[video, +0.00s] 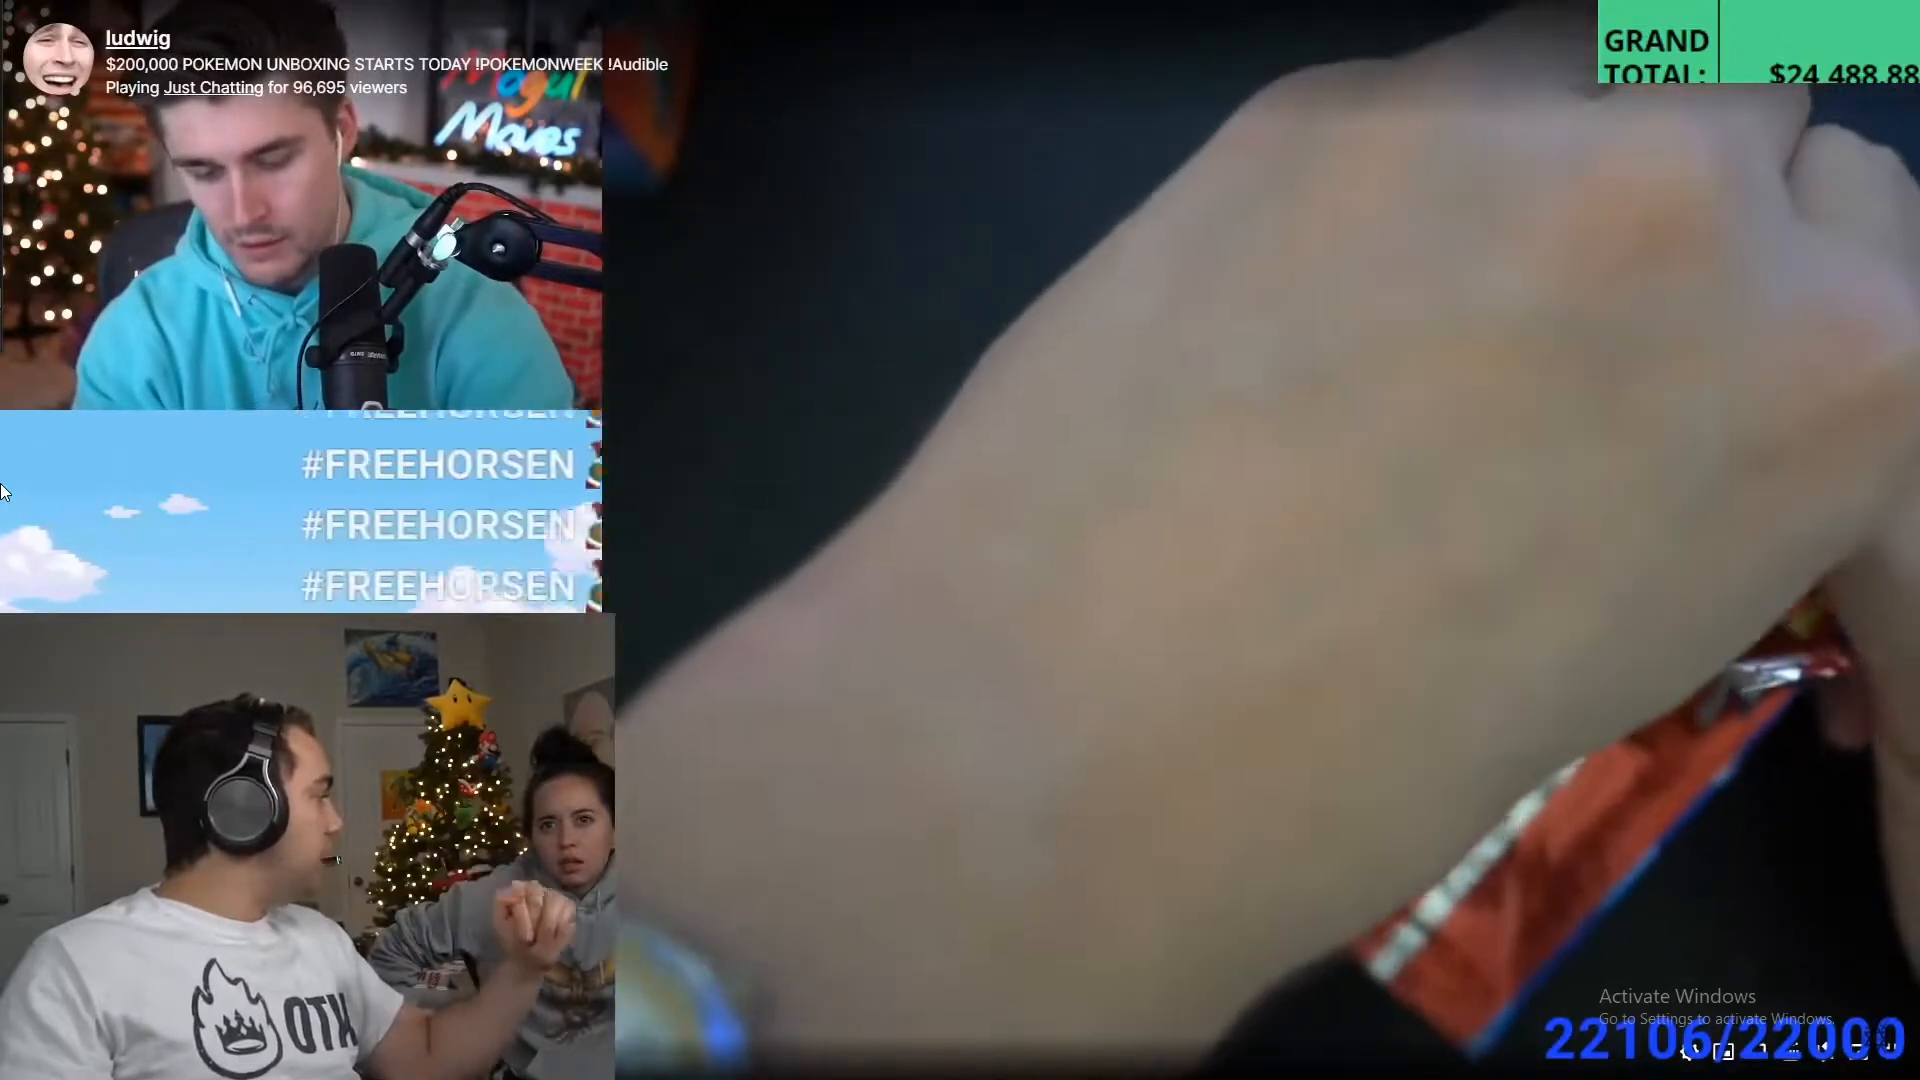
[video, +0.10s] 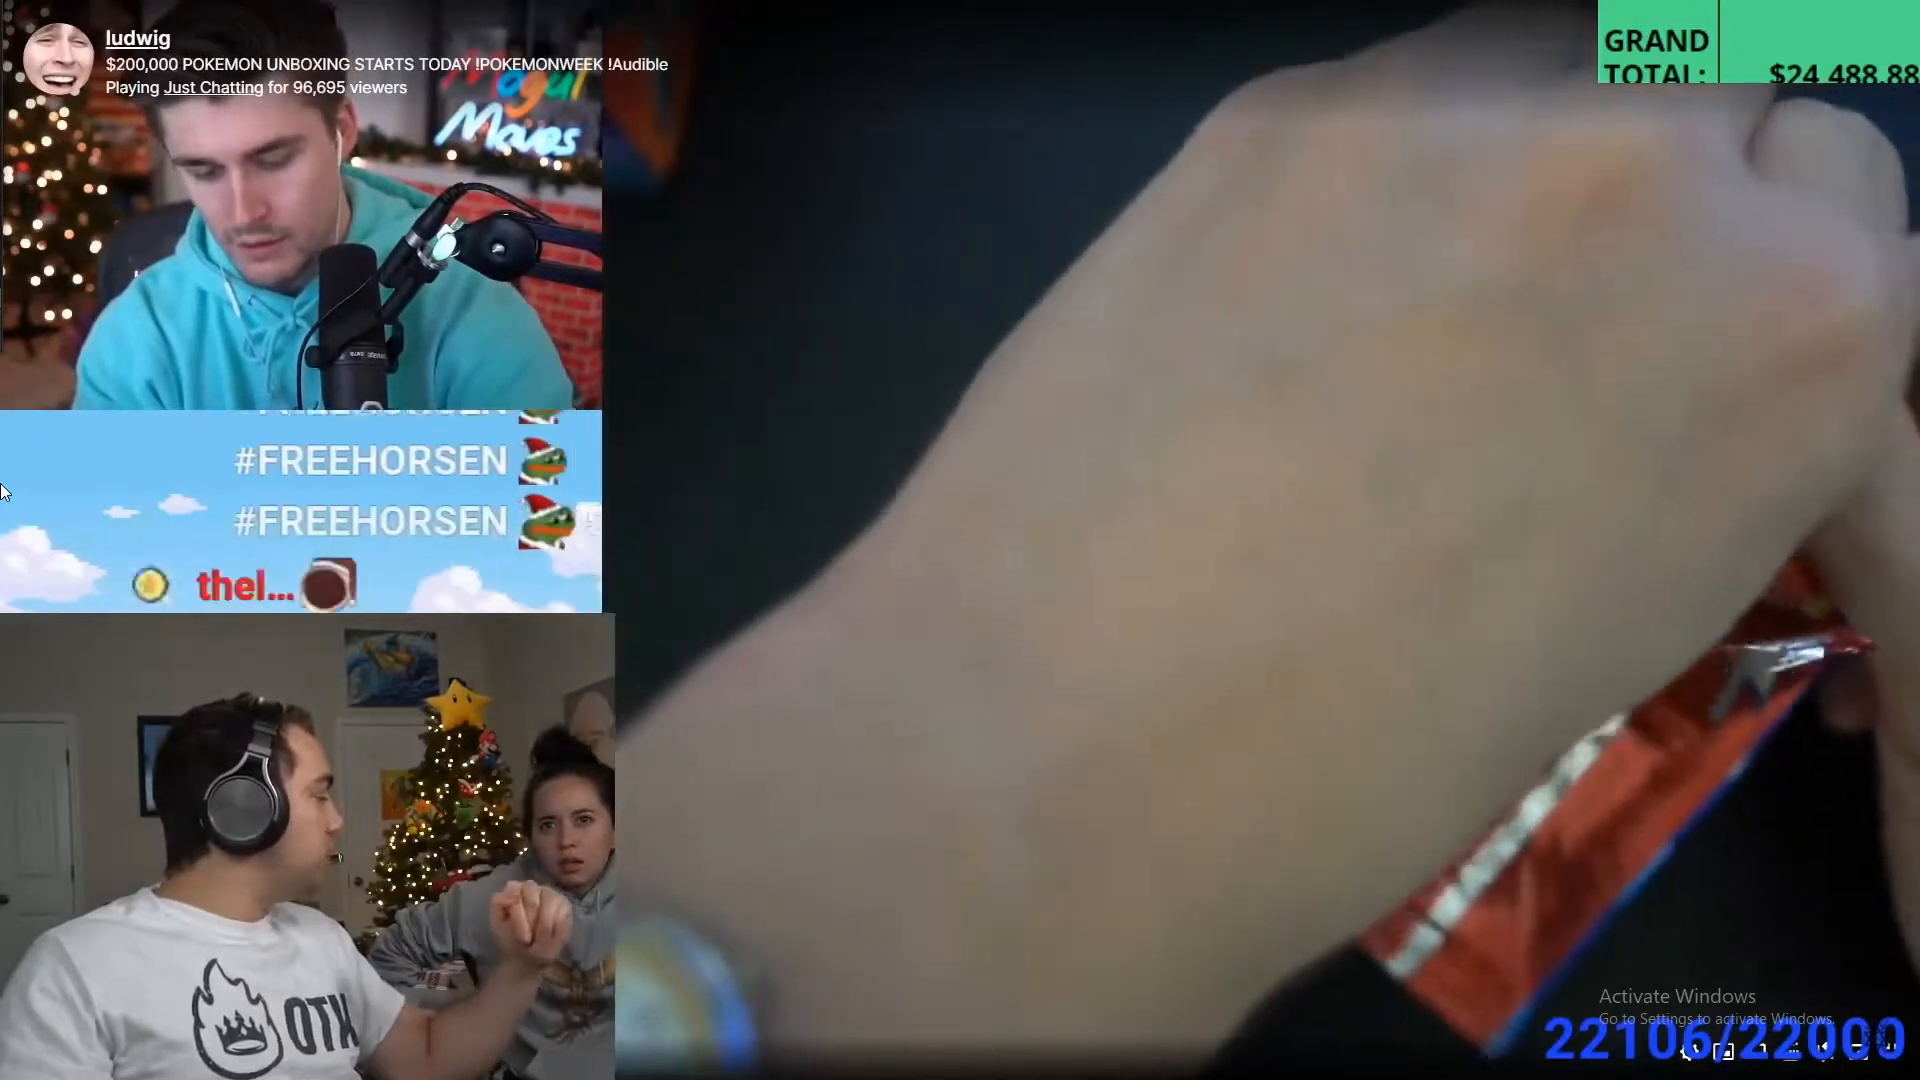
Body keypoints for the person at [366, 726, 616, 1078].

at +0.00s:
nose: (567, 842)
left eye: (584, 821)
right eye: (548, 825)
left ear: (614, 828)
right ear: (530, 837)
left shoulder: (645, 896)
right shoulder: (488, 901)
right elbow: (388, 956)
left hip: (629, 1069)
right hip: (537, 1073)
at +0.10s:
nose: (567, 842)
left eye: (584, 821)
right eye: (548, 825)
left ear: (615, 828)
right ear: (530, 837)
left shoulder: (645, 894)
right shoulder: (486, 901)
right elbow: (388, 957)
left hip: (627, 1068)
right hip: (536, 1073)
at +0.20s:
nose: (566, 842)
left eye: (584, 821)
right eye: (548, 825)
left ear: (615, 828)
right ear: (530, 836)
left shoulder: (647, 894)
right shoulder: (489, 899)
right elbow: (387, 957)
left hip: (624, 1069)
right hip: (535, 1073)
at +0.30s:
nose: (566, 842)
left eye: (584, 821)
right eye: (548, 825)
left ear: (615, 828)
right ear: (530, 837)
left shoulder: (646, 892)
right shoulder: (488, 900)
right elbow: (387, 958)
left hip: (627, 1069)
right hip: (536, 1073)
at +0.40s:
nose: (566, 841)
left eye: (583, 821)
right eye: (547, 825)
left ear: (614, 829)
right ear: (530, 837)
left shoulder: (644, 893)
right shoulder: (489, 900)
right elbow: (390, 954)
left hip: (628, 1066)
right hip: (537, 1071)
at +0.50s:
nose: (566, 841)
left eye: (583, 821)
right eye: (547, 825)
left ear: (614, 830)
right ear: (530, 837)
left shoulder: (642, 892)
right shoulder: (489, 899)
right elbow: (389, 957)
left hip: (624, 1067)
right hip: (535, 1072)